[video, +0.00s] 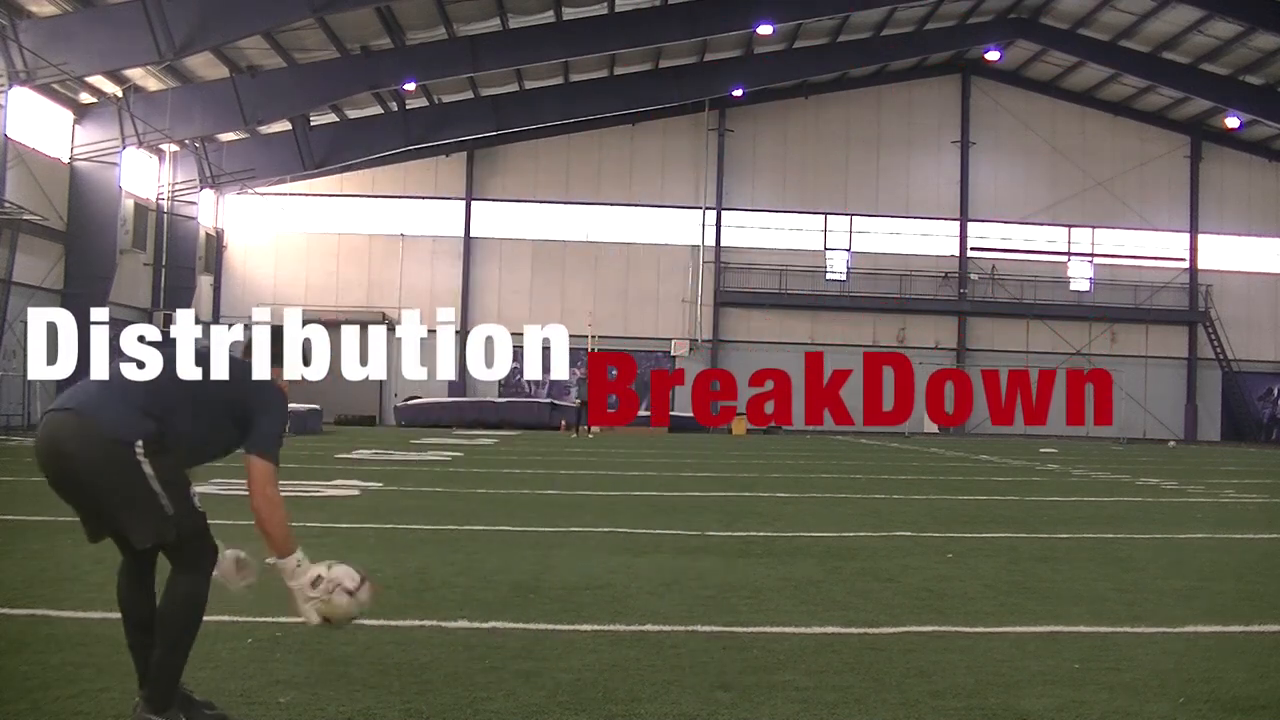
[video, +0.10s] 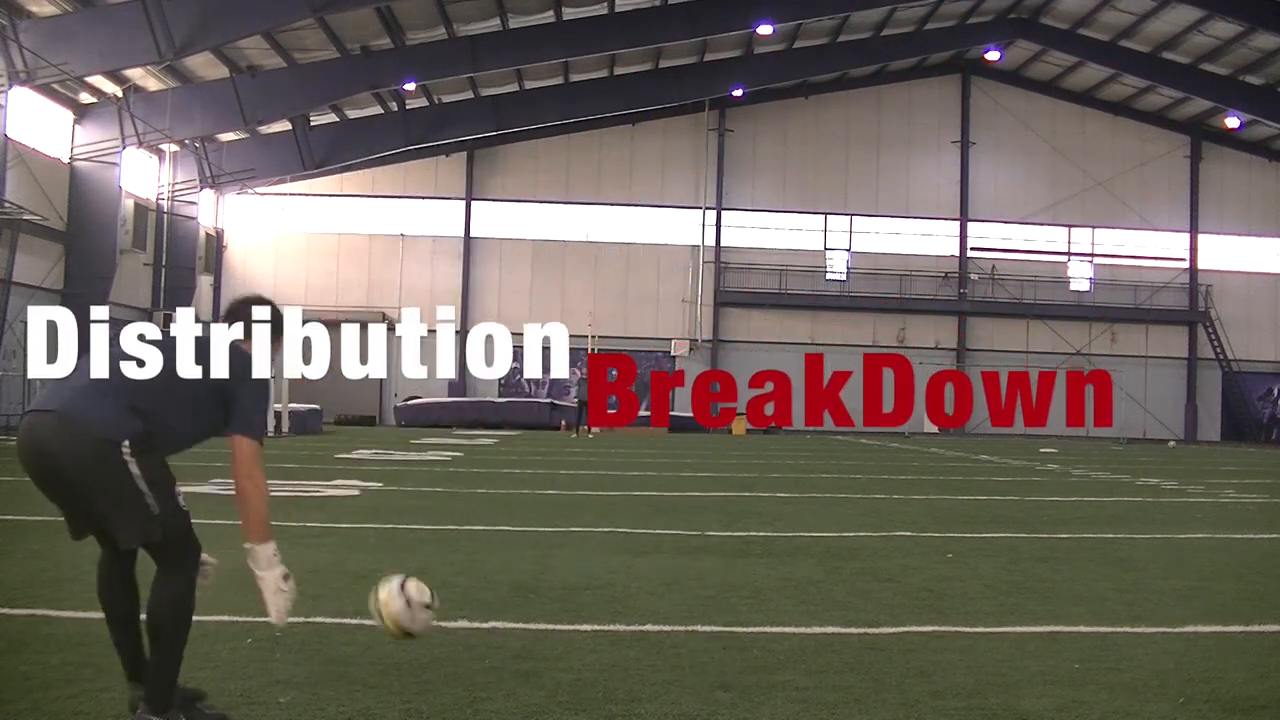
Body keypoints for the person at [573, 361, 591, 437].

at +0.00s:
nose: (583, 371)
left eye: (584, 369)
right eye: (581, 370)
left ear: (587, 371)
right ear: (579, 371)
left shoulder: (590, 380)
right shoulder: (579, 380)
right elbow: (577, 389)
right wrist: (576, 398)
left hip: (588, 400)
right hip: (580, 399)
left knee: (588, 417)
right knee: (578, 417)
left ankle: (589, 432)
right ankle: (576, 432)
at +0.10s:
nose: (584, 375)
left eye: (586, 373)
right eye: (583, 373)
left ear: (588, 373)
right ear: (581, 373)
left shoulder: (590, 380)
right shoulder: (580, 380)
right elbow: (578, 389)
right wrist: (575, 397)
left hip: (588, 400)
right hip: (581, 399)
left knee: (588, 418)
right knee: (578, 417)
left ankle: (589, 432)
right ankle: (576, 433)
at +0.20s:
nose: (586, 372)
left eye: (587, 371)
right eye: (586, 370)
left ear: (589, 372)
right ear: (584, 371)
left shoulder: (591, 380)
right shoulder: (582, 379)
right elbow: (578, 389)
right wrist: (576, 398)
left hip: (589, 400)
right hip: (582, 400)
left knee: (589, 417)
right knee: (579, 417)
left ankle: (589, 432)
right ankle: (576, 433)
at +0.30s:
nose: (586, 373)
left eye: (587, 371)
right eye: (586, 371)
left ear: (589, 372)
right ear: (584, 372)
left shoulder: (591, 380)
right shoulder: (582, 379)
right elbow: (578, 389)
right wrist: (577, 398)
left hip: (589, 400)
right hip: (583, 400)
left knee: (590, 417)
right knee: (580, 417)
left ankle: (589, 432)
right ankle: (576, 433)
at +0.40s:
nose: (587, 373)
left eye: (588, 371)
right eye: (586, 371)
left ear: (589, 372)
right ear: (584, 372)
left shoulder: (590, 380)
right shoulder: (581, 379)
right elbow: (577, 388)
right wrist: (576, 397)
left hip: (590, 400)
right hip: (583, 399)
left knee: (590, 417)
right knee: (580, 417)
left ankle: (589, 432)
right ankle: (577, 432)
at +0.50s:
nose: (587, 373)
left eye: (588, 371)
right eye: (586, 371)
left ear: (590, 372)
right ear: (584, 372)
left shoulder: (592, 380)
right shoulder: (581, 380)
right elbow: (578, 388)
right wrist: (577, 398)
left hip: (591, 400)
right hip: (583, 399)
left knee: (590, 417)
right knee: (581, 417)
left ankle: (590, 432)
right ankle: (579, 432)